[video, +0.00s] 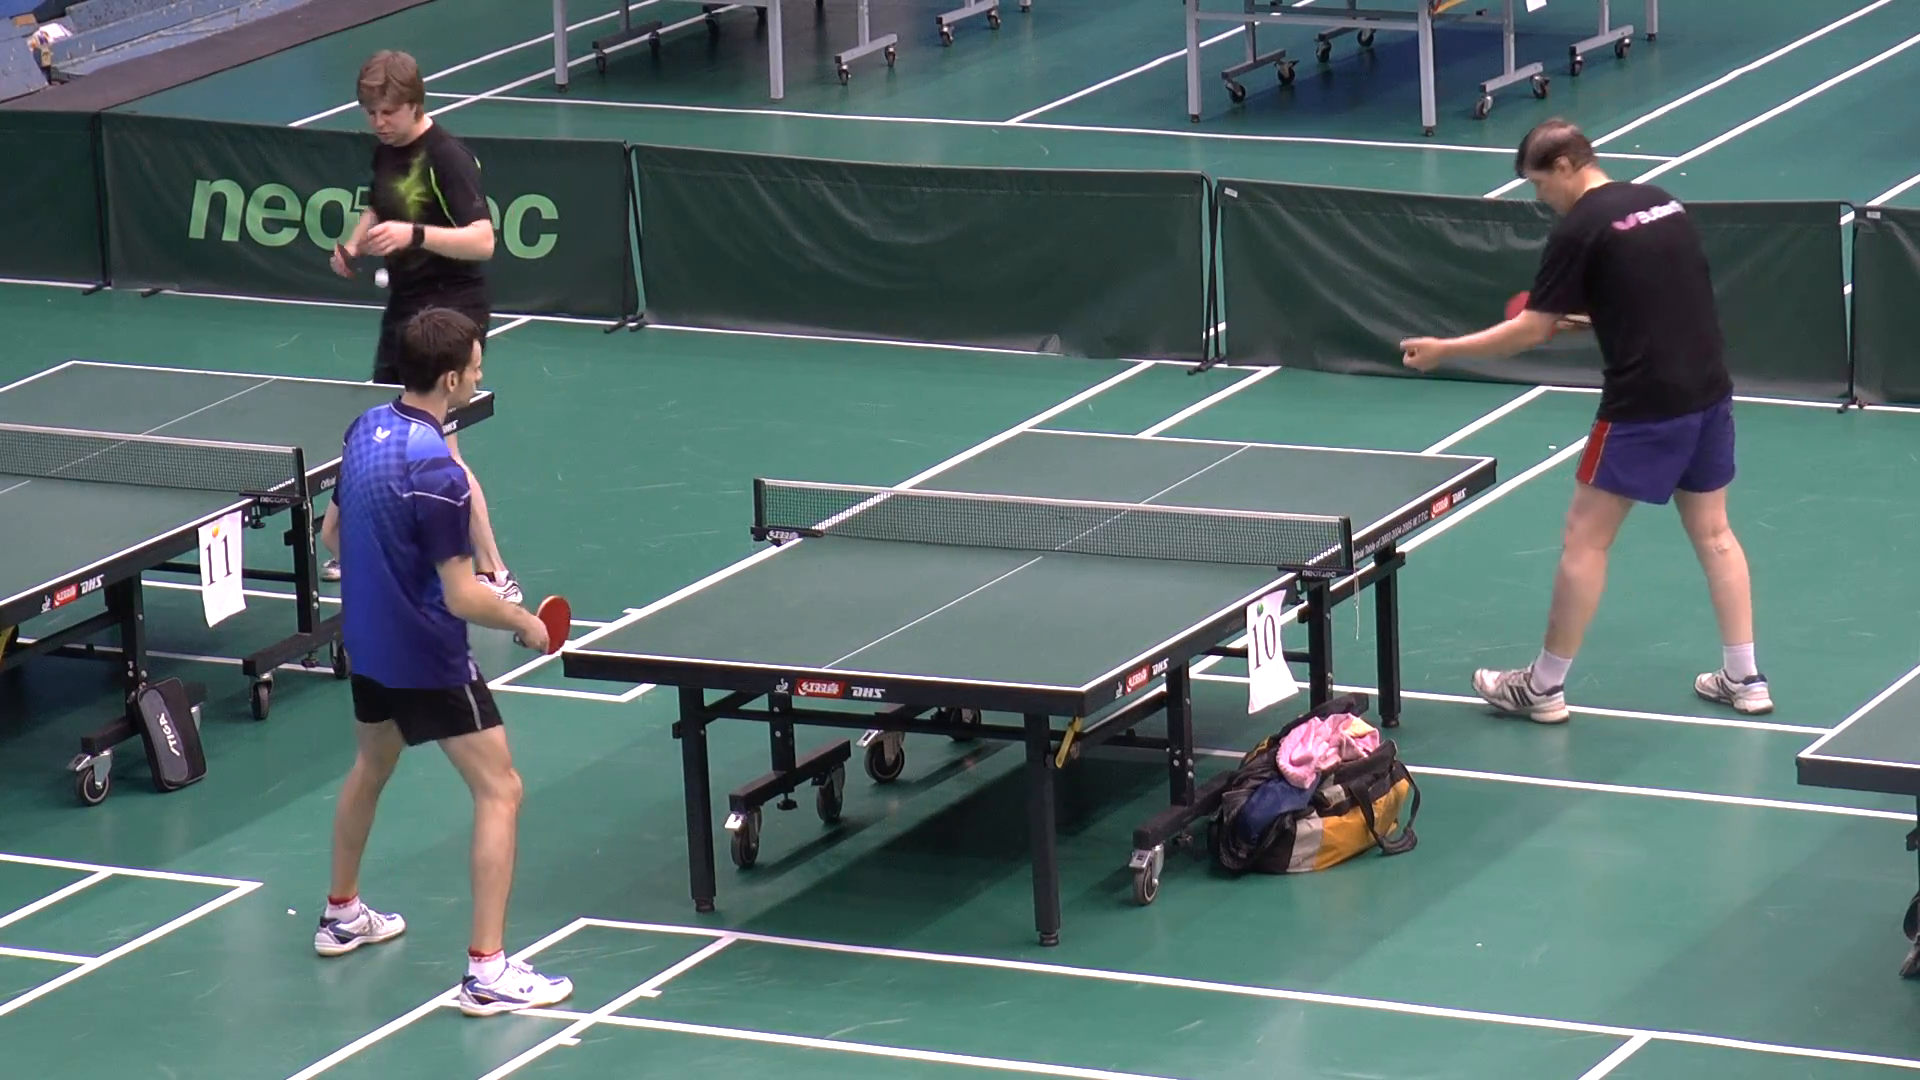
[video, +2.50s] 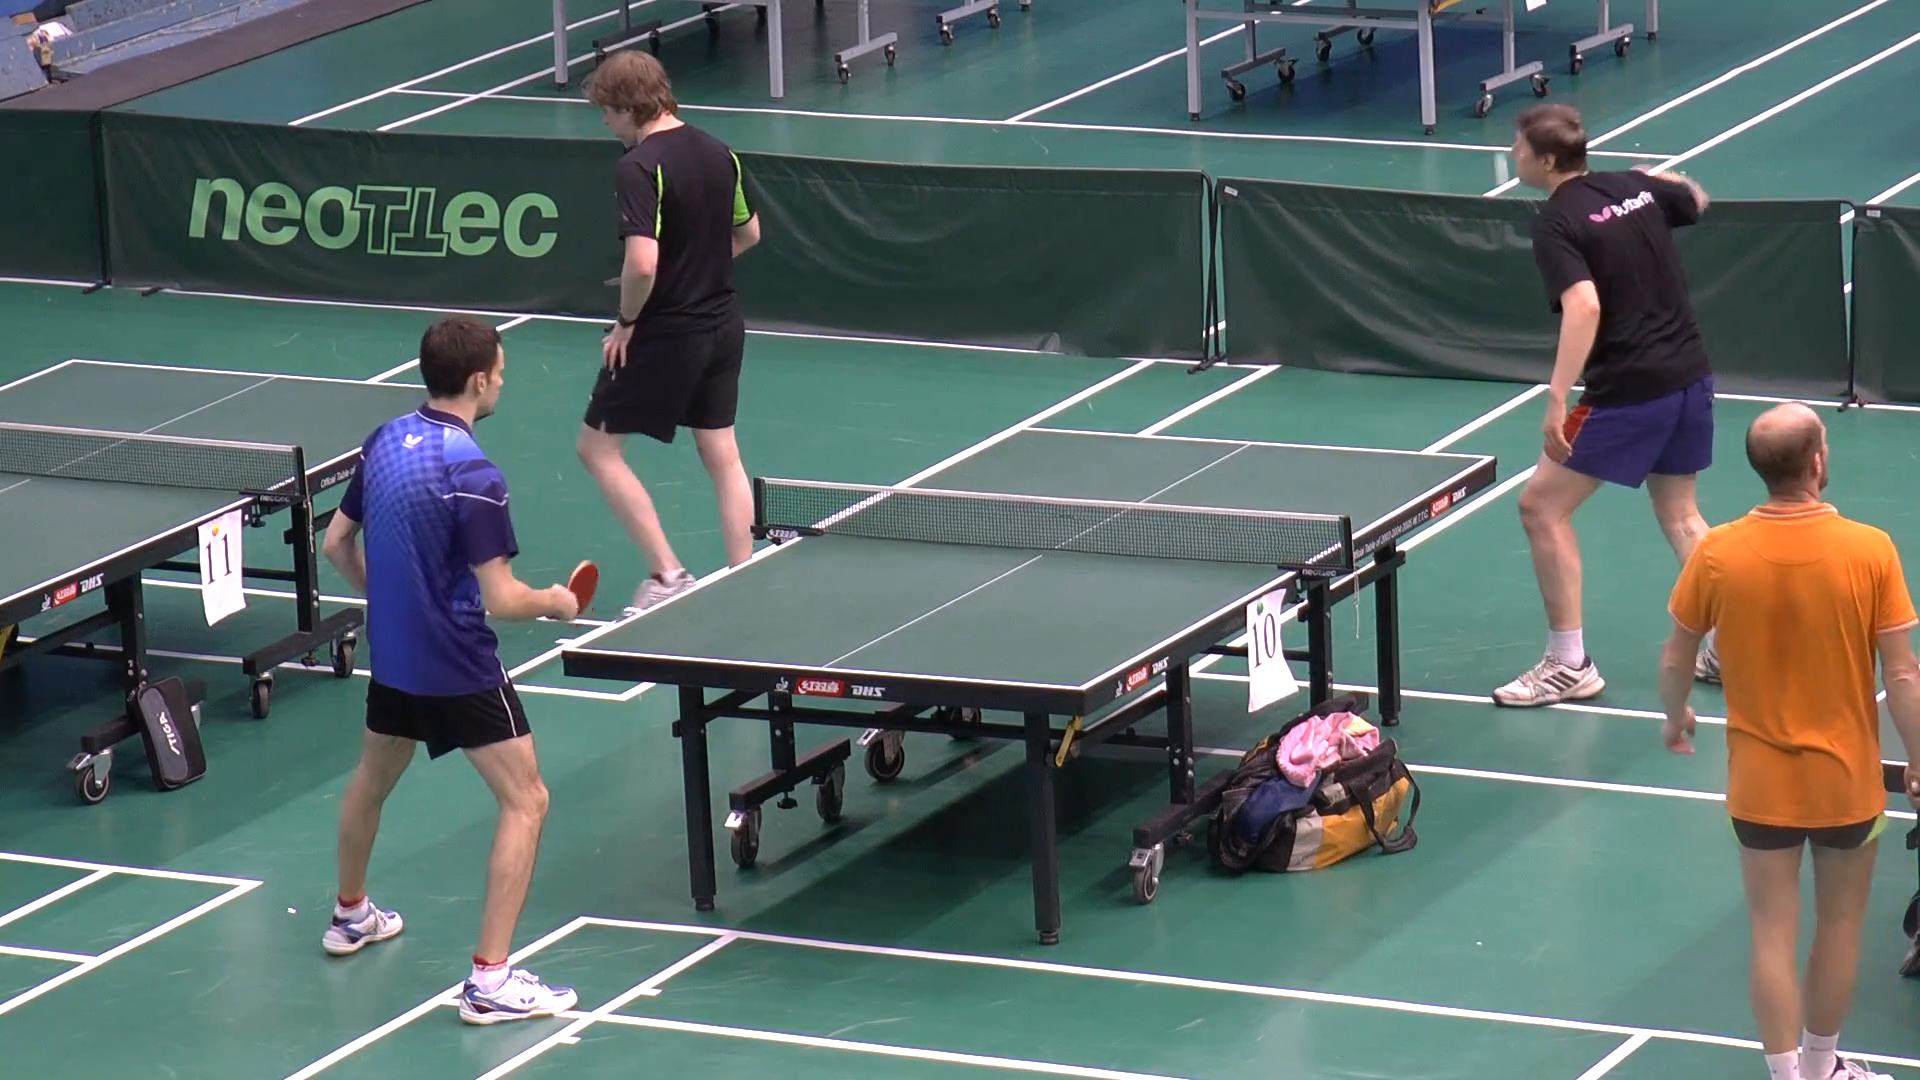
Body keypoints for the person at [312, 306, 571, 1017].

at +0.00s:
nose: (480, 368)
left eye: (477, 358)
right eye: (476, 360)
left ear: (408, 368)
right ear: (459, 373)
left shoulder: (367, 426)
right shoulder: (441, 472)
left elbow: (333, 536)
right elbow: (461, 594)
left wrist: (399, 577)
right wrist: (524, 622)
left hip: (366, 647)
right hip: (427, 658)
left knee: (371, 764)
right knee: (499, 789)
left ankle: (341, 911)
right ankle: (488, 966)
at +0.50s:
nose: (460, 362)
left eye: (457, 353)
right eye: (457, 354)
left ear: (390, 365)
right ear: (437, 365)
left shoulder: (344, 430)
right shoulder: (435, 456)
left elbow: (310, 538)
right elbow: (455, 583)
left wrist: (362, 591)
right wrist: (513, 606)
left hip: (365, 646)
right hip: (425, 655)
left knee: (369, 765)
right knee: (473, 797)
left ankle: (339, 910)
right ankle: (486, 974)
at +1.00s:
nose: (449, 355)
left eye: (445, 345)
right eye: (445, 347)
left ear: (378, 365)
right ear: (428, 363)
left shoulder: (348, 432)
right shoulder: (440, 454)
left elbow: (325, 541)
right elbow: (454, 578)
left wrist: (376, 595)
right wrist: (519, 609)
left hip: (380, 652)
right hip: (441, 660)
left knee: (353, 779)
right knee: (469, 803)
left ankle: (339, 912)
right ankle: (485, 975)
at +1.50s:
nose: (445, 356)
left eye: (442, 344)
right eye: (441, 346)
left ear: (376, 365)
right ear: (425, 360)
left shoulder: (350, 430)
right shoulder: (439, 448)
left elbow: (329, 538)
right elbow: (457, 575)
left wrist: (380, 596)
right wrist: (517, 602)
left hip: (383, 648)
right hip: (443, 655)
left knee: (355, 780)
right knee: (473, 802)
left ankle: (340, 912)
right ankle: (486, 974)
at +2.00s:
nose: (452, 353)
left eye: (448, 342)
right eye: (447, 344)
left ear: (385, 363)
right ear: (427, 361)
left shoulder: (353, 429)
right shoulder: (435, 454)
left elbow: (330, 539)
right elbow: (441, 578)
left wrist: (378, 601)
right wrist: (501, 618)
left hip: (380, 648)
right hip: (437, 656)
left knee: (354, 777)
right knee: (470, 804)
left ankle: (339, 912)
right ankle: (485, 975)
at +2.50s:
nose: (500, 380)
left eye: (498, 368)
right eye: (497, 370)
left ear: (429, 377)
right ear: (480, 380)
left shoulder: (385, 440)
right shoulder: (475, 474)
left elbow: (335, 543)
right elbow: (502, 597)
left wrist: (386, 595)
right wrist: (555, 600)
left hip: (393, 658)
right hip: (458, 668)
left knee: (371, 779)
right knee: (526, 801)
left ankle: (350, 912)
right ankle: (490, 975)